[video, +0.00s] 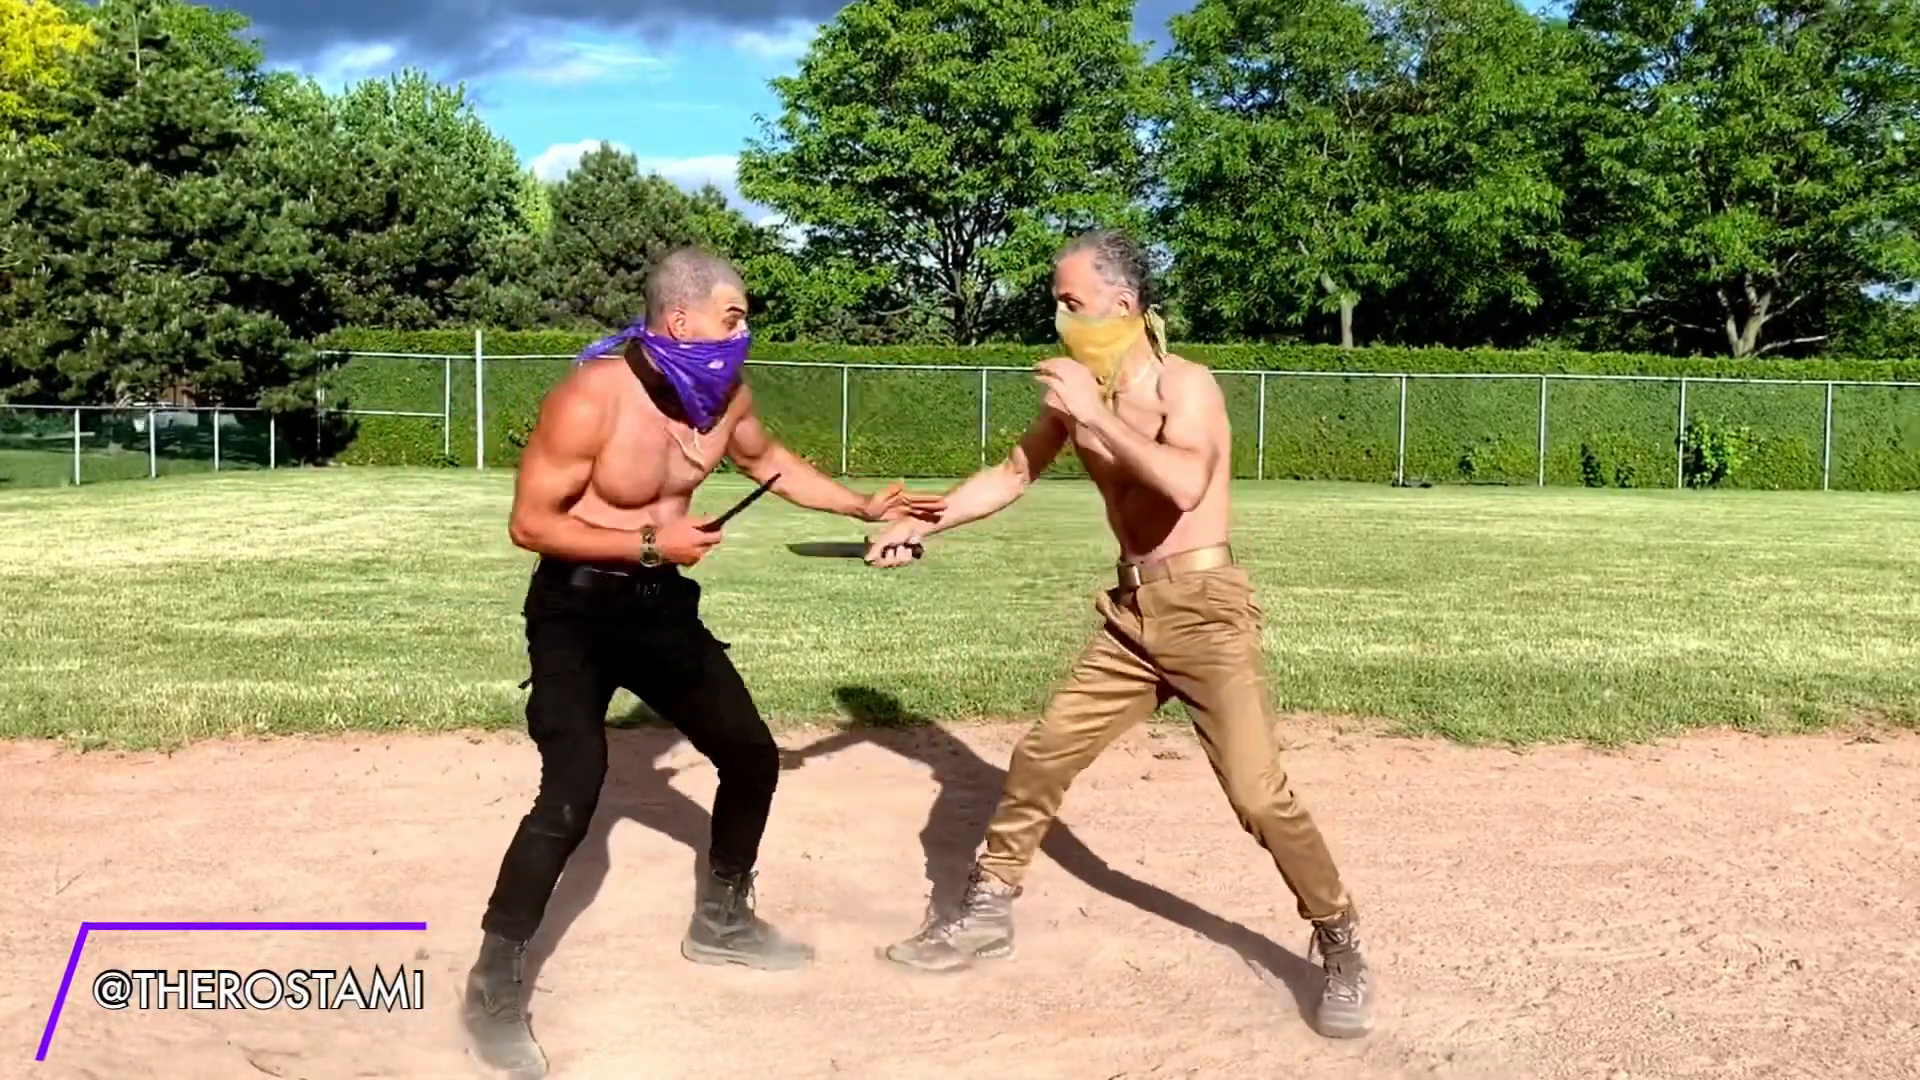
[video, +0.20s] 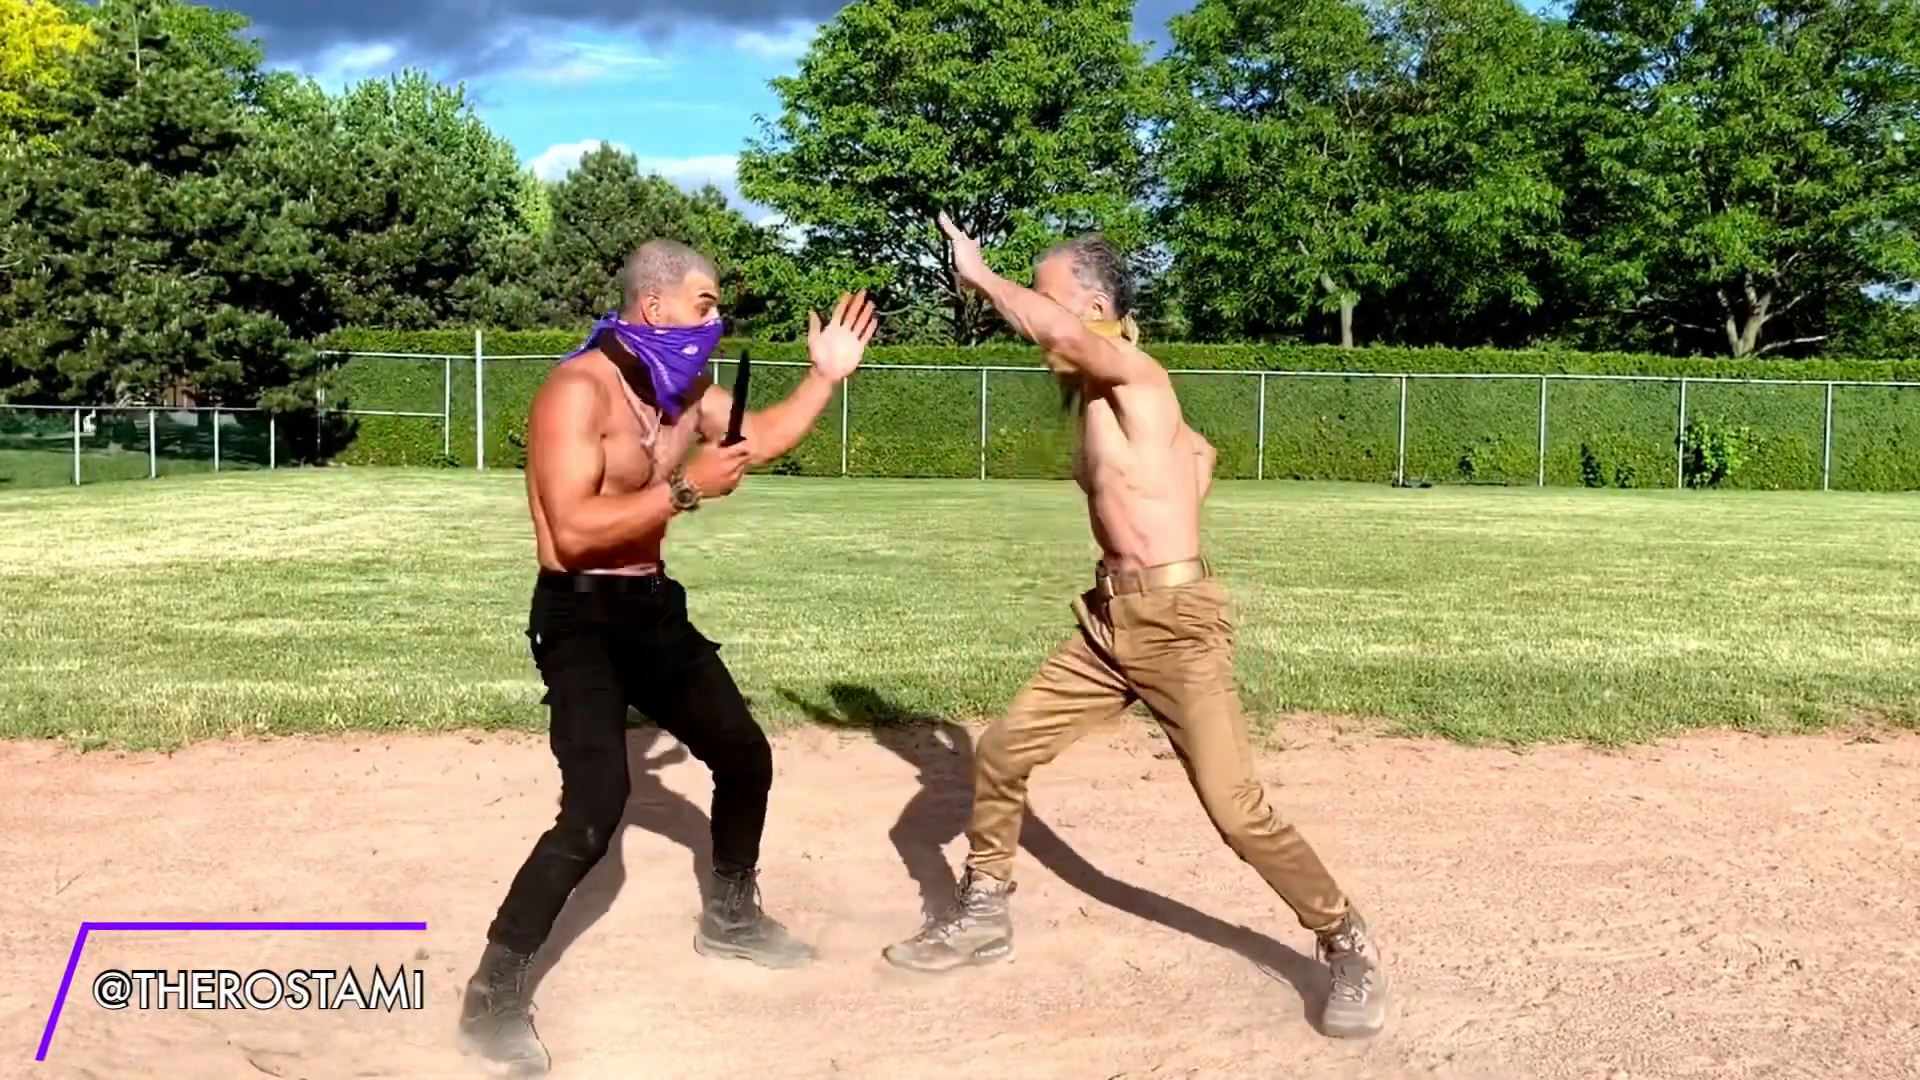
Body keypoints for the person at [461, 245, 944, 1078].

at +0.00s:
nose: (741, 336)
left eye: (745, 321)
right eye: (729, 320)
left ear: (714, 321)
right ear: (676, 321)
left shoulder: (725, 391)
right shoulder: (592, 395)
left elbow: (773, 465)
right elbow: (531, 524)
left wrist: (863, 501)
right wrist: (652, 542)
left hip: (660, 609)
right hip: (572, 612)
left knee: (751, 758)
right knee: (570, 794)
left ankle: (721, 919)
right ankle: (495, 988)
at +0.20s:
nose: (713, 325)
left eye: (716, 310)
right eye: (703, 308)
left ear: (668, 309)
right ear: (653, 307)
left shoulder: (688, 387)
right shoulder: (574, 391)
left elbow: (752, 445)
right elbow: (571, 534)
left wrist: (822, 378)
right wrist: (684, 489)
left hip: (654, 614)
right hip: (579, 618)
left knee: (744, 756)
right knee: (592, 813)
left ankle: (731, 915)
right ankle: (495, 992)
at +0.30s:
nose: (667, 316)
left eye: (669, 303)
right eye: (656, 300)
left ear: (614, 302)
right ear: (610, 299)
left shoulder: (606, 373)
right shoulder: (588, 354)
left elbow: (708, 409)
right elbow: (696, 418)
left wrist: (734, 318)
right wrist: (786, 361)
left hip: (637, 615)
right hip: (575, 624)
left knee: (727, 760)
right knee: (598, 838)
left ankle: (730, 914)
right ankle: (490, 995)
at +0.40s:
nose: (621, 320)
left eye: (622, 308)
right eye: (612, 304)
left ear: (564, 302)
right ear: (565, 297)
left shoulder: (578, 384)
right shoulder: (540, 351)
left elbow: (686, 406)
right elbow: (679, 366)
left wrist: (658, 303)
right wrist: (771, 296)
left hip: (647, 608)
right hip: (582, 617)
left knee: (721, 762)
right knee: (595, 834)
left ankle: (728, 915)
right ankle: (491, 1001)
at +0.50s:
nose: (604, 308)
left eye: (606, 294)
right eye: (592, 290)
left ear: (548, 295)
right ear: (542, 288)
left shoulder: (558, 373)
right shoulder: (502, 361)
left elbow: (662, 425)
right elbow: (605, 440)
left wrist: (638, 321)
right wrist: (683, 361)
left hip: (633, 596)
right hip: (564, 608)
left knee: (703, 757)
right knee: (585, 815)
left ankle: (722, 912)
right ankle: (491, 992)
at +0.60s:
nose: (620, 280)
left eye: (621, 266)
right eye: (607, 263)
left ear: (587, 272)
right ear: (552, 264)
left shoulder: (596, 353)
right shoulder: (497, 352)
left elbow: (652, 439)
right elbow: (501, 499)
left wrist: (673, 339)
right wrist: (619, 459)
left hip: (608, 583)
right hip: (531, 592)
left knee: (691, 738)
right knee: (539, 792)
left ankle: (689, 908)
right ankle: (485, 989)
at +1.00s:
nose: (645, 347)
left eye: (649, 332)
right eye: (635, 330)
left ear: (610, 333)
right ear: (582, 331)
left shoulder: (615, 407)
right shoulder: (508, 418)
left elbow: (631, 500)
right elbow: (460, 550)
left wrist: (696, 467)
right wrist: (574, 569)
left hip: (579, 634)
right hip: (498, 636)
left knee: (697, 747)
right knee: (444, 824)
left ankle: (677, 915)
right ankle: (335, 978)